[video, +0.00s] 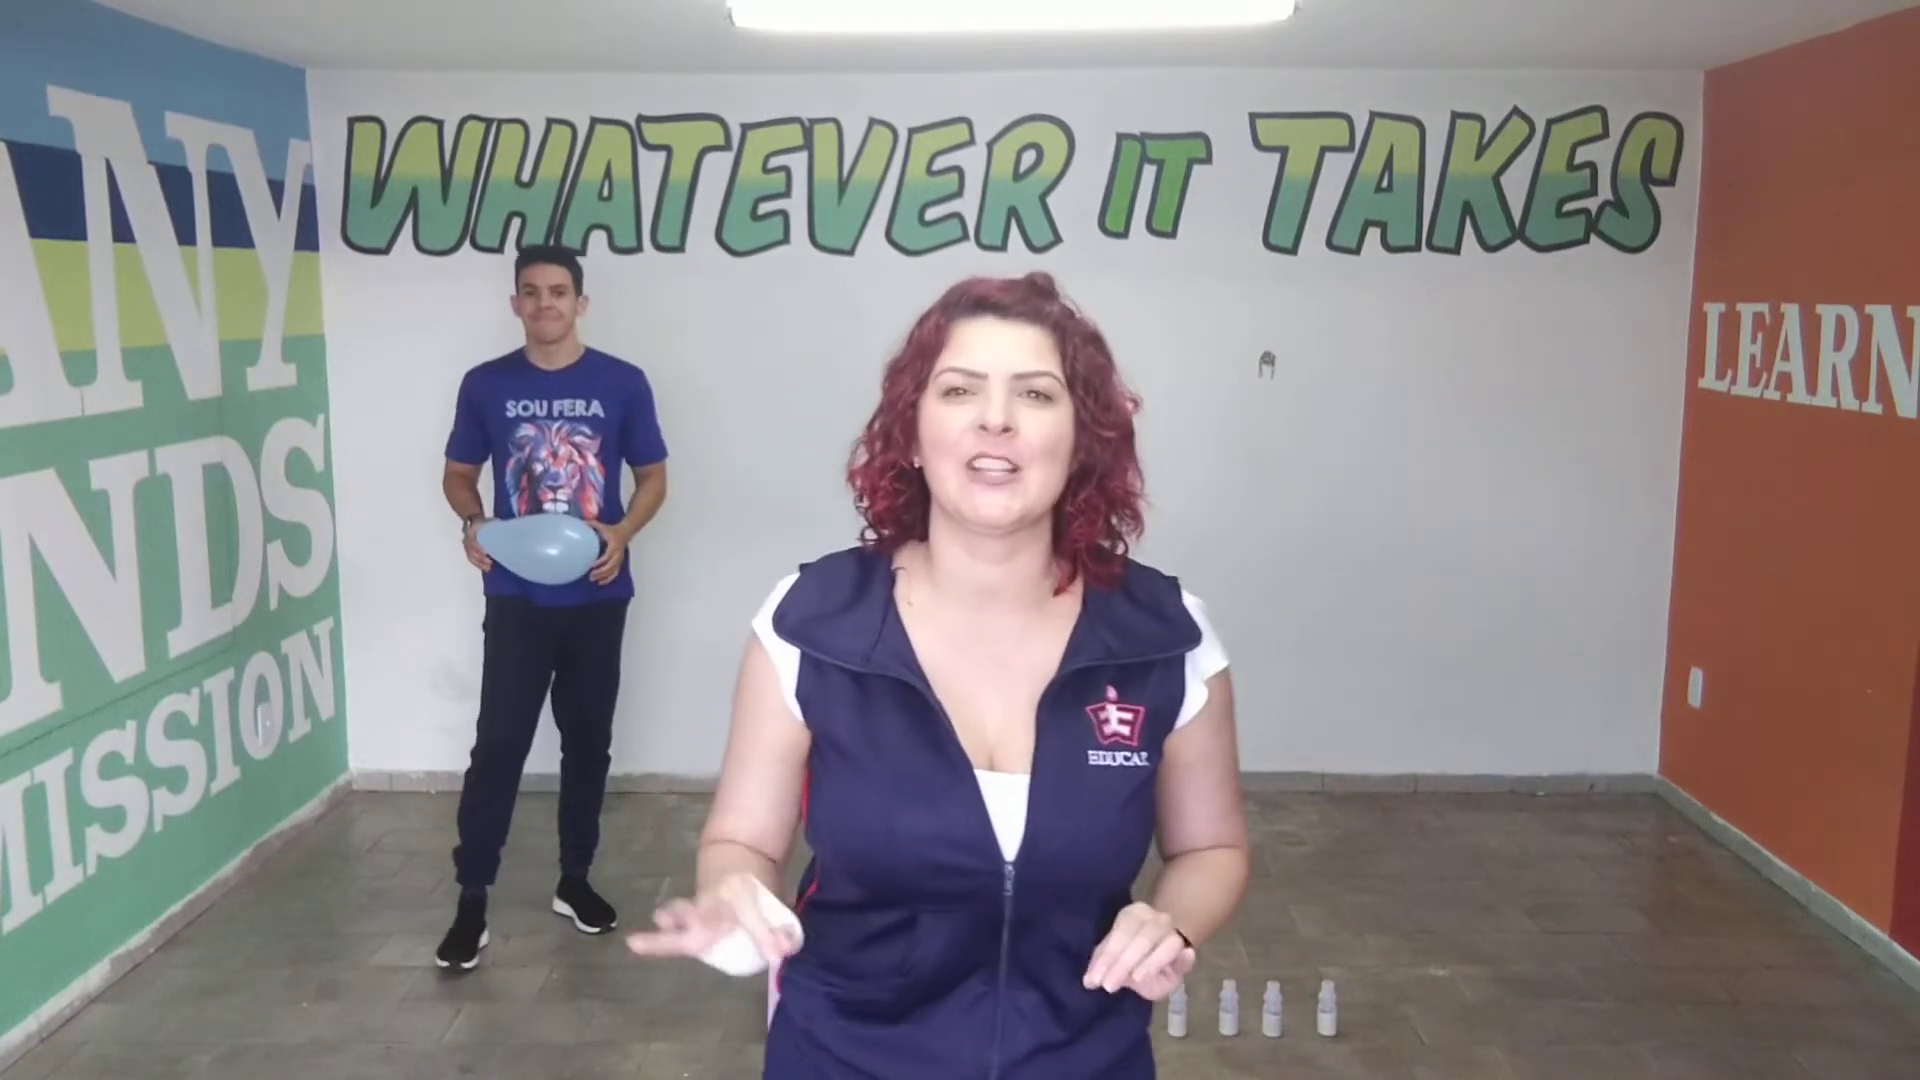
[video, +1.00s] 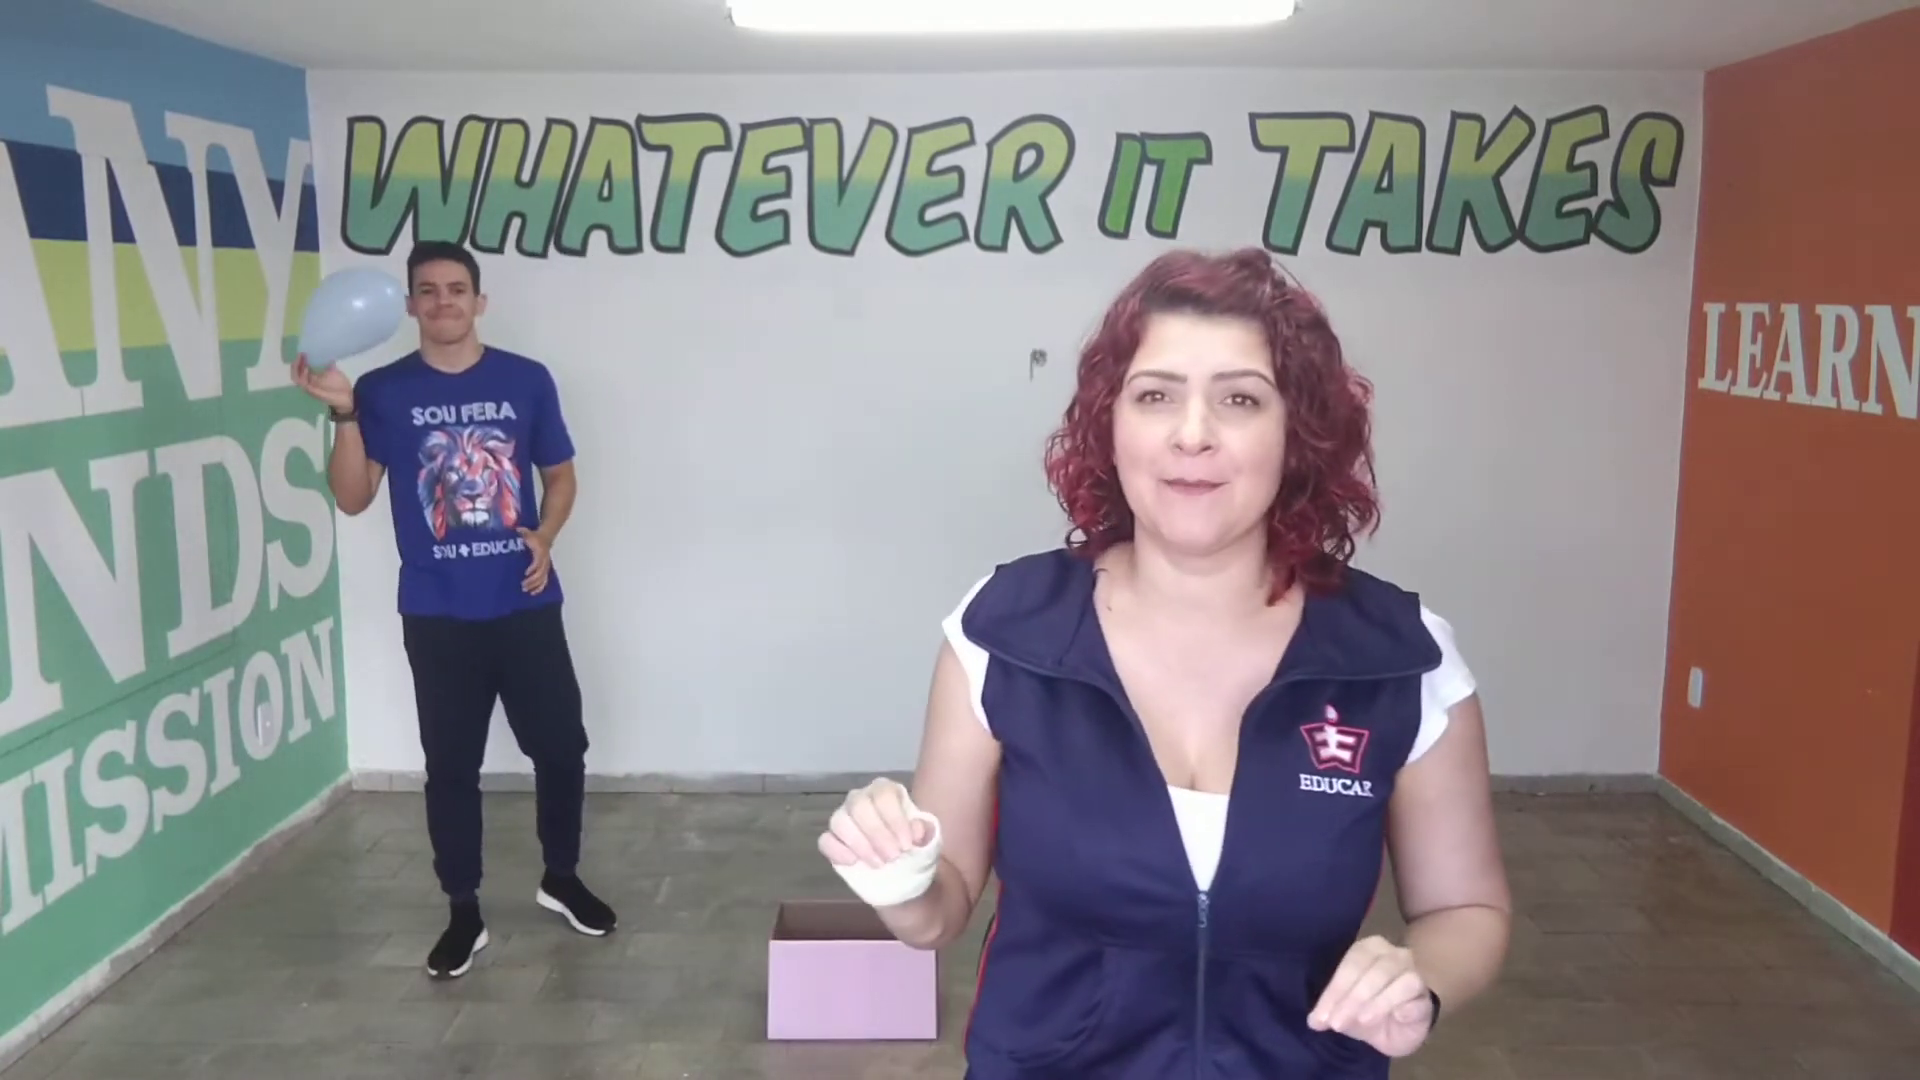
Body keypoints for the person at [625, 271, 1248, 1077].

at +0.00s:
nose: (995, 419)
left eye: (1034, 394)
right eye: (960, 390)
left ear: (1084, 434)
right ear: (910, 427)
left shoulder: (1162, 633)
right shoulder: (812, 618)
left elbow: (1208, 848)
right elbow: (742, 839)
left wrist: (1168, 923)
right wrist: (732, 895)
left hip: (1082, 1055)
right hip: (855, 1053)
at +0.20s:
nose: (1044, 421)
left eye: (1086, 391)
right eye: (1009, 387)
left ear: (1139, 427)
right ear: (961, 418)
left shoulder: (1222, 635)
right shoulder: (860, 618)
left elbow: (1280, 868)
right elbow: (794, 902)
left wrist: (1236, 937)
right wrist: (753, 851)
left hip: (1140, 1057)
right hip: (908, 1057)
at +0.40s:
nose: (1095, 405)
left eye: (1139, 373)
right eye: (1061, 368)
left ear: (1195, 412)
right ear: (1011, 398)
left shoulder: (1283, 625)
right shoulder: (910, 601)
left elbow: (1355, 868)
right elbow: (838, 886)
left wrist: (1305, 926)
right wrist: (805, 791)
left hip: (1194, 1055)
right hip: (952, 1052)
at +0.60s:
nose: (1135, 419)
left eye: (1183, 387)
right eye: (1103, 380)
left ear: (1241, 424)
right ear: (1056, 406)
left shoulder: (1333, 643)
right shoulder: (956, 609)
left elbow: (1412, 901)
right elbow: (880, 888)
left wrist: (1351, 965)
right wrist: (798, 831)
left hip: (1235, 1057)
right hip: (994, 1056)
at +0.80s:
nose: (1166, 431)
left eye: (1214, 397)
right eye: (1132, 390)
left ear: (1275, 435)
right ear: (1084, 416)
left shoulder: (1372, 654)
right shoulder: (983, 625)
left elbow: (1439, 907)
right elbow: (919, 906)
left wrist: (1374, 982)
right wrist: (868, 866)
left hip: (1267, 1059)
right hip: (1023, 1058)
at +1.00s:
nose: (1193, 435)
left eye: (1240, 398)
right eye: (1155, 395)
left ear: (1301, 434)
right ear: (1107, 423)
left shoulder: (1396, 654)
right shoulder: (1008, 628)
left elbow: (1464, 906)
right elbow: (935, 914)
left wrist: (1412, 974)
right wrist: (892, 869)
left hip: (1297, 1061)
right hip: (1046, 1059)